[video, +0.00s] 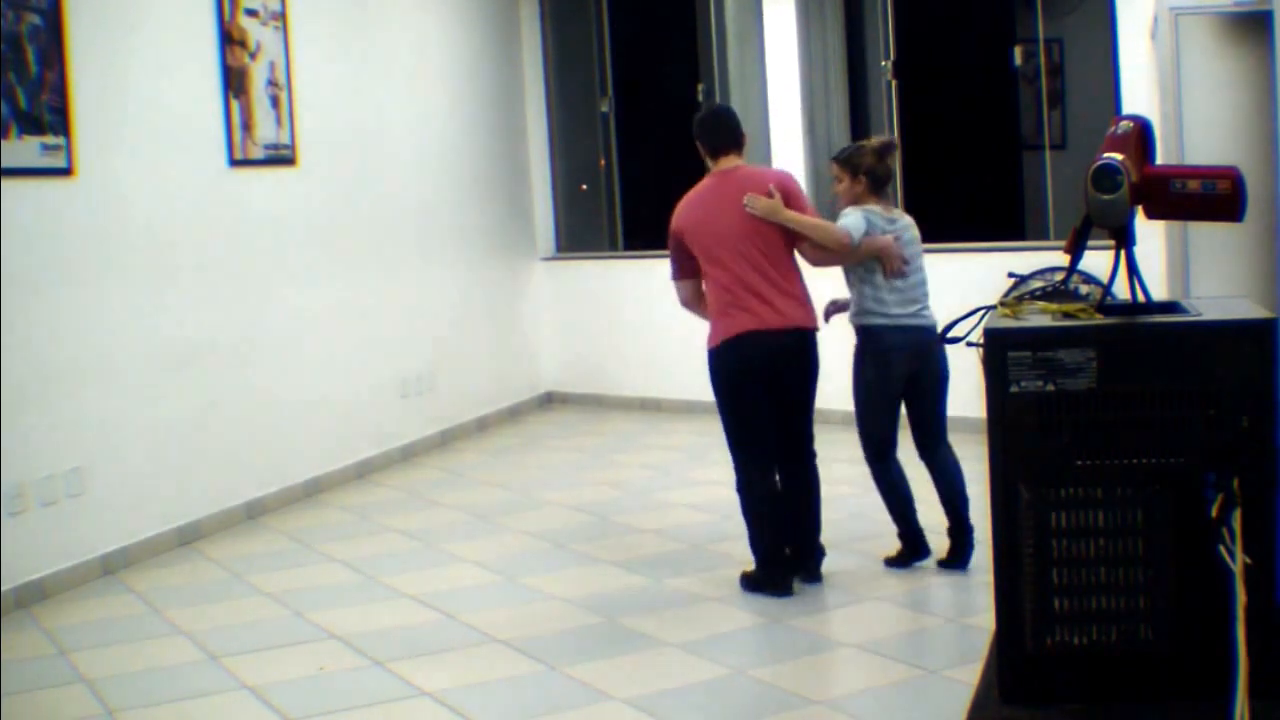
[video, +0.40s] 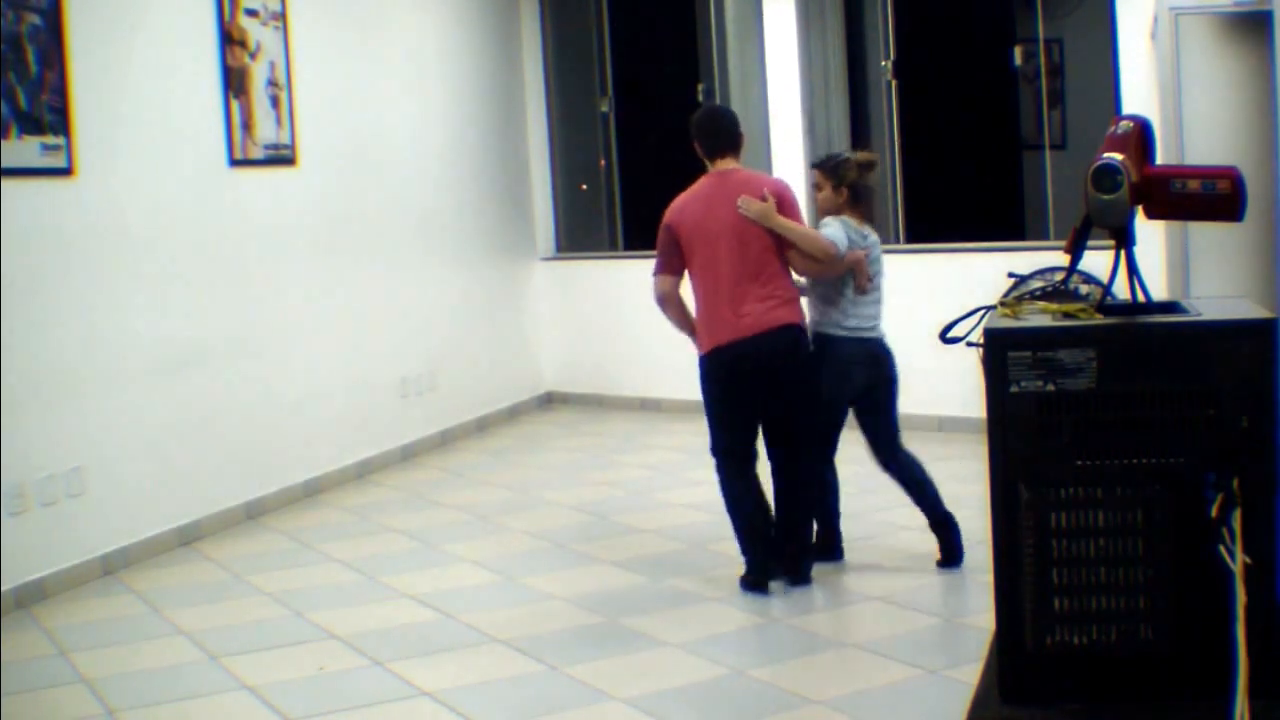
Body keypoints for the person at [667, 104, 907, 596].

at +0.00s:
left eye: (703, 148)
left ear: (700, 150)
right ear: (743, 140)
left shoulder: (686, 211)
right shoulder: (777, 183)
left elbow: (691, 297)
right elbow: (816, 251)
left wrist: (733, 314)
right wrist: (873, 247)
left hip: (732, 346)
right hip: (794, 337)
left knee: (752, 462)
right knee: (797, 449)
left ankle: (772, 571)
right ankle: (806, 560)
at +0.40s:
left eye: (699, 146)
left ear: (697, 150)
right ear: (741, 142)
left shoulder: (680, 211)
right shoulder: (772, 189)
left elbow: (665, 291)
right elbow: (806, 263)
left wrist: (696, 333)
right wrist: (846, 264)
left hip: (723, 351)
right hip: (784, 342)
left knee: (733, 463)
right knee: (791, 454)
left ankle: (759, 565)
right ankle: (795, 564)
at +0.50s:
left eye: (698, 144)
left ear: (697, 148)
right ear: (740, 142)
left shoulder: (678, 209)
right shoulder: (769, 191)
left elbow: (663, 290)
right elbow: (808, 263)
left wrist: (701, 317)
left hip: (715, 347)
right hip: (776, 338)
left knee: (716, 447)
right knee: (788, 451)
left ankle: (729, 555)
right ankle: (794, 561)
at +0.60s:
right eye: (734, 138)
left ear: (693, 145)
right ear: (737, 142)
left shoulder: (671, 206)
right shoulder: (758, 193)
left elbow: (658, 288)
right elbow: (801, 265)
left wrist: (701, 297)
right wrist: (834, 263)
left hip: (703, 347)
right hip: (764, 337)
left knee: (704, 443)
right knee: (781, 450)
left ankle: (686, 550)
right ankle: (794, 560)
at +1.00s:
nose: (716, 159)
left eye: (716, 150)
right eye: (716, 151)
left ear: (670, 146)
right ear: (703, 152)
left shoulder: (638, 195)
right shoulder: (688, 212)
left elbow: (643, 268)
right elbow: (691, 292)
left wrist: (705, 275)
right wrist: (746, 316)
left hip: (623, 342)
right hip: (665, 346)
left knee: (658, 442)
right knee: (712, 437)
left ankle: (659, 552)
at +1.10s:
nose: (700, 166)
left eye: (701, 158)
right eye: (698, 158)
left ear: (662, 154)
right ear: (682, 156)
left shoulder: (638, 201)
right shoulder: (656, 212)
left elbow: (658, 276)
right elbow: (651, 293)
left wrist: (709, 290)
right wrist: (706, 329)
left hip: (626, 344)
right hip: (643, 348)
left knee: (659, 444)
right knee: (672, 448)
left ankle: (662, 545)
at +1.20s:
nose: (683, 167)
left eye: (685, 158)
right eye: (681, 158)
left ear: (655, 156)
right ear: (658, 156)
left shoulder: (657, 208)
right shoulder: (619, 212)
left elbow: (666, 271)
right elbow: (605, 288)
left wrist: (712, 287)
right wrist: (665, 324)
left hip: (648, 351)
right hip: (615, 353)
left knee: (656, 450)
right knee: (629, 450)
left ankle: (662, 546)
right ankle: (560, 535)